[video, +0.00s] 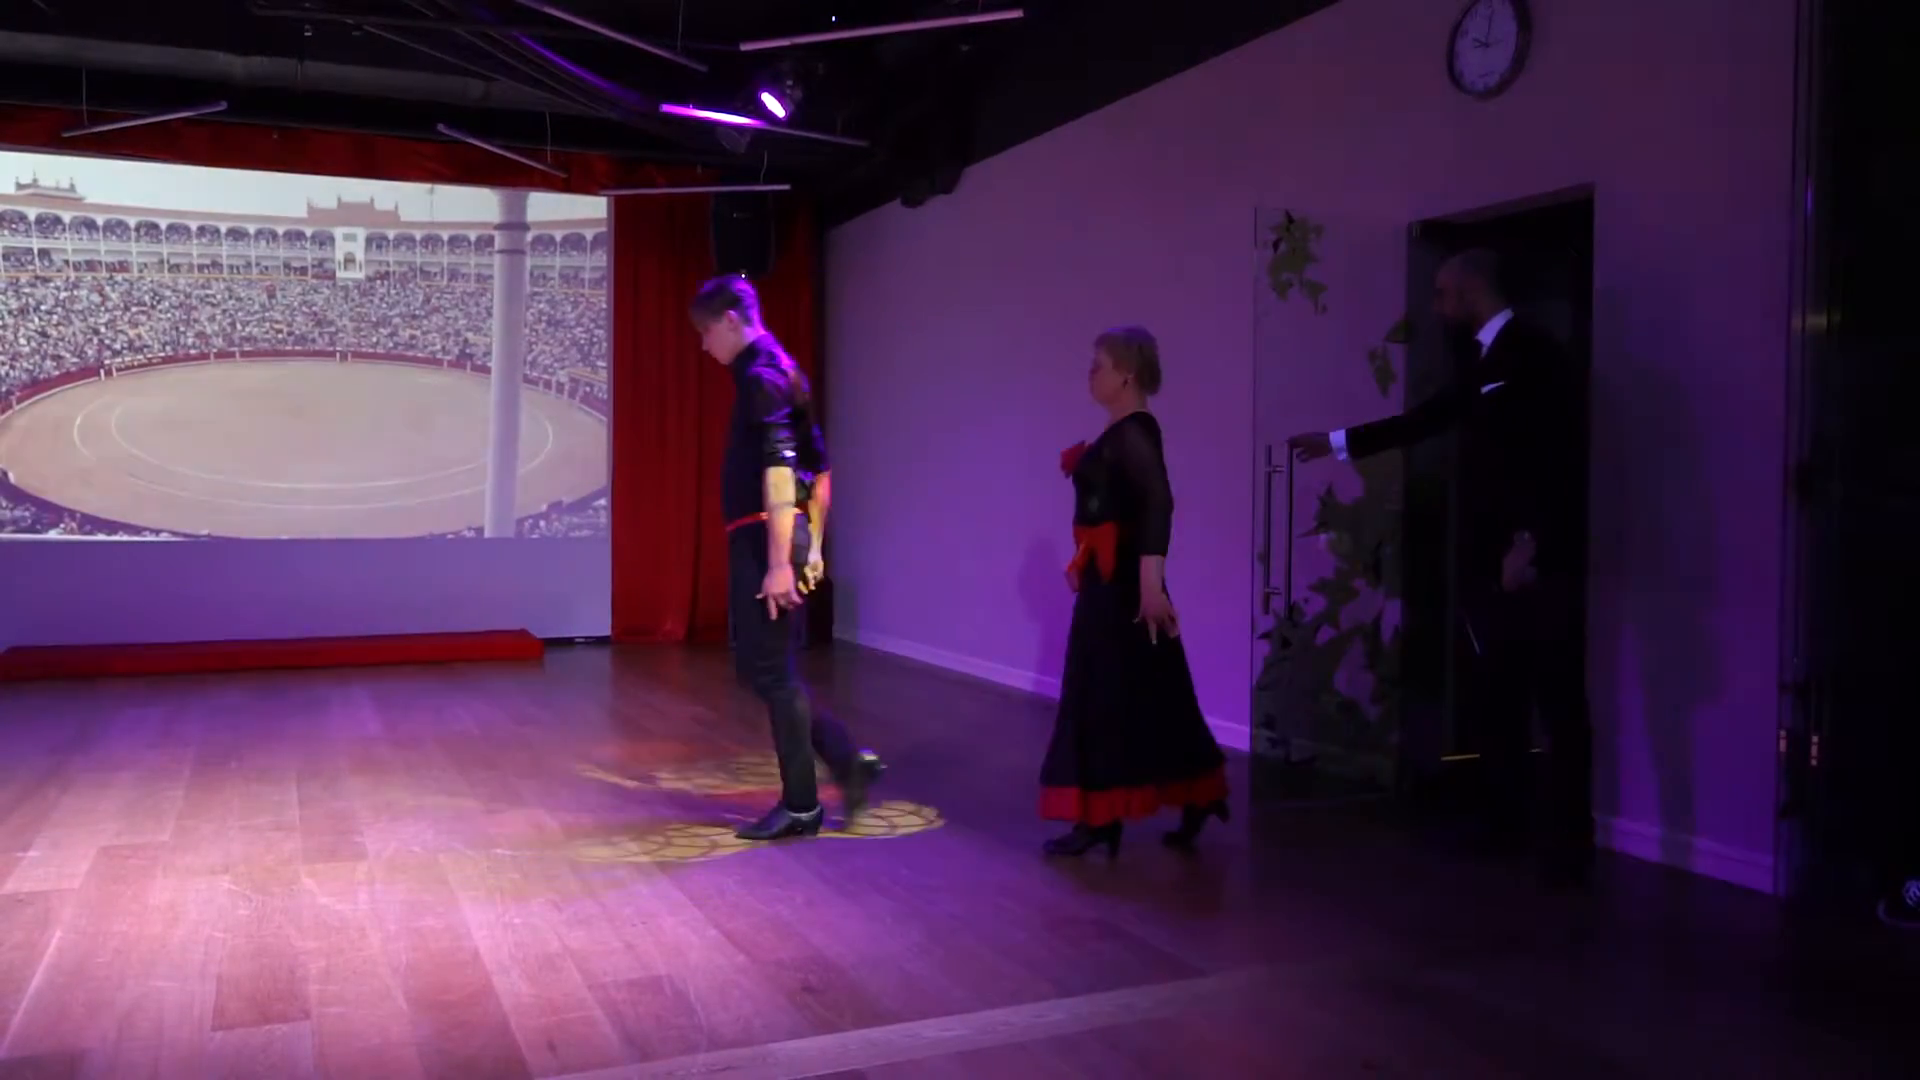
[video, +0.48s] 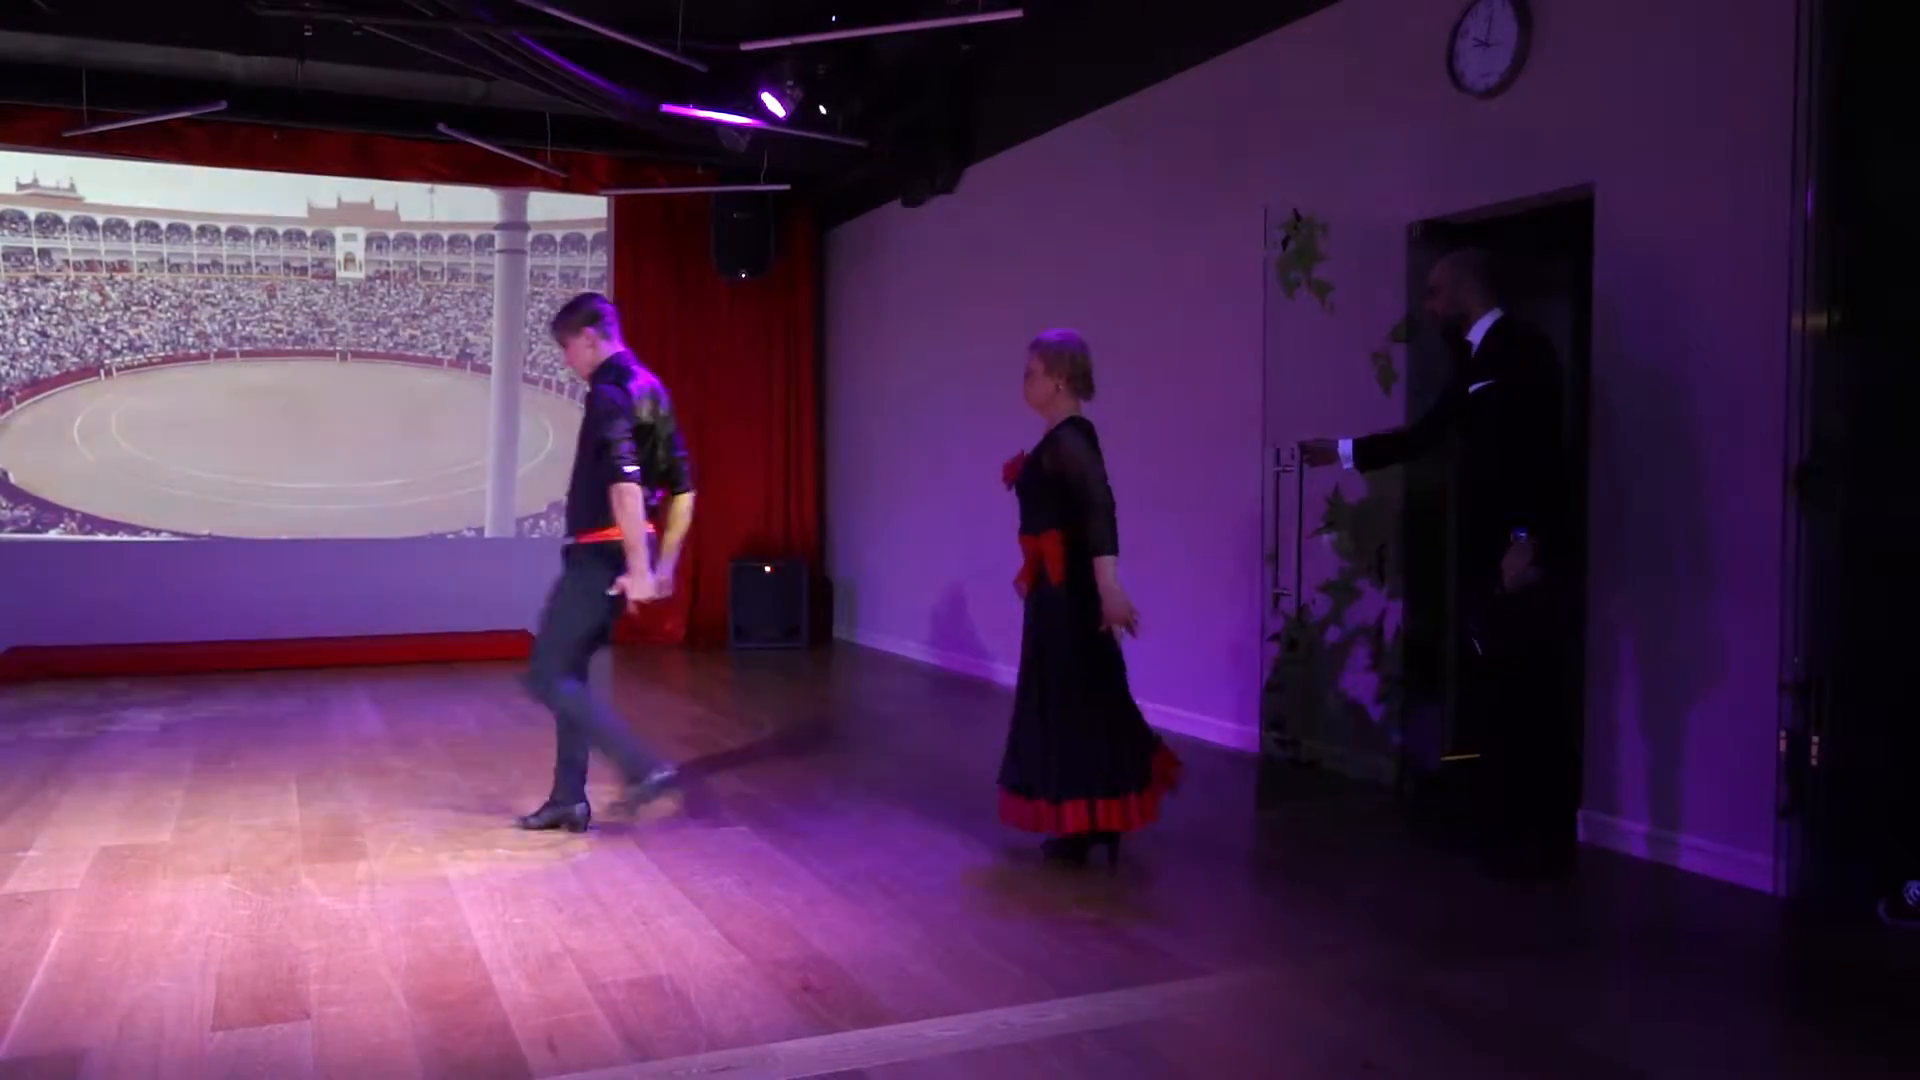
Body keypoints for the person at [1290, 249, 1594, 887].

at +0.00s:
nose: (1440, 304)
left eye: (1445, 291)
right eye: (1439, 293)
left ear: (1475, 288)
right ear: (1468, 291)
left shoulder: (1534, 350)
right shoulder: (1483, 358)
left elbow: (1549, 454)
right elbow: (1424, 422)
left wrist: (1531, 536)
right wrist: (1336, 441)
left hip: (1536, 554)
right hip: (1491, 549)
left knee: (1547, 692)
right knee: (1496, 688)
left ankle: (1560, 836)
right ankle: (1503, 825)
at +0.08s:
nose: (1437, 302)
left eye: (1443, 289)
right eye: (1436, 291)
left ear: (1475, 286)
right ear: (1464, 290)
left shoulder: (1530, 350)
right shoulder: (1480, 359)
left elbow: (1547, 451)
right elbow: (1419, 426)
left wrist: (1532, 535)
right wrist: (1334, 445)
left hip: (1532, 553)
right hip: (1489, 547)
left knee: (1530, 687)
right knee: (1493, 683)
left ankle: (1533, 832)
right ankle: (1491, 819)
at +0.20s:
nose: (1433, 301)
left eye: (1440, 289)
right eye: (1432, 291)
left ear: (1474, 288)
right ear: (1459, 293)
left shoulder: (1529, 350)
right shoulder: (1473, 361)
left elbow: (1549, 452)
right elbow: (1415, 431)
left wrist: (1536, 535)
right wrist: (1331, 450)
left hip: (1533, 555)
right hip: (1490, 548)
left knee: (1533, 688)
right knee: (1496, 684)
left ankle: (1536, 833)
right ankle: (1499, 820)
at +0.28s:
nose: (1431, 302)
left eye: (1439, 289)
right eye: (1430, 291)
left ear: (1473, 288)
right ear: (1459, 293)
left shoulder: (1528, 350)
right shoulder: (1474, 360)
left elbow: (1548, 452)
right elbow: (1417, 432)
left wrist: (1536, 535)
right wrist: (1332, 449)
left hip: (1531, 555)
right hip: (1489, 548)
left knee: (1531, 689)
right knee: (1495, 685)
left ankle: (1534, 833)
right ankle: (1497, 822)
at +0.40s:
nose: (1430, 302)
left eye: (1438, 288)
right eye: (1430, 291)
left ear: (1469, 288)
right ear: (1461, 291)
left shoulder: (1524, 349)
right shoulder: (1477, 358)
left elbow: (1541, 450)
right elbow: (1421, 433)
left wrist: (1531, 534)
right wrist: (1336, 450)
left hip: (1523, 552)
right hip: (1486, 547)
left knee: (1524, 687)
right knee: (1493, 684)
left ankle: (1528, 831)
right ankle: (1495, 821)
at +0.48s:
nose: (1431, 303)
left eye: (1437, 289)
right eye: (1430, 291)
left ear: (1469, 286)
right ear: (1457, 290)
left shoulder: (1522, 349)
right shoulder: (1475, 357)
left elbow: (1538, 450)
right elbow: (1426, 438)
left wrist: (1527, 534)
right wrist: (1342, 452)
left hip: (1518, 551)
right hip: (1481, 546)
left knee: (1519, 686)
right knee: (1489, 684)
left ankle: (1523, 830)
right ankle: (1491, 821)